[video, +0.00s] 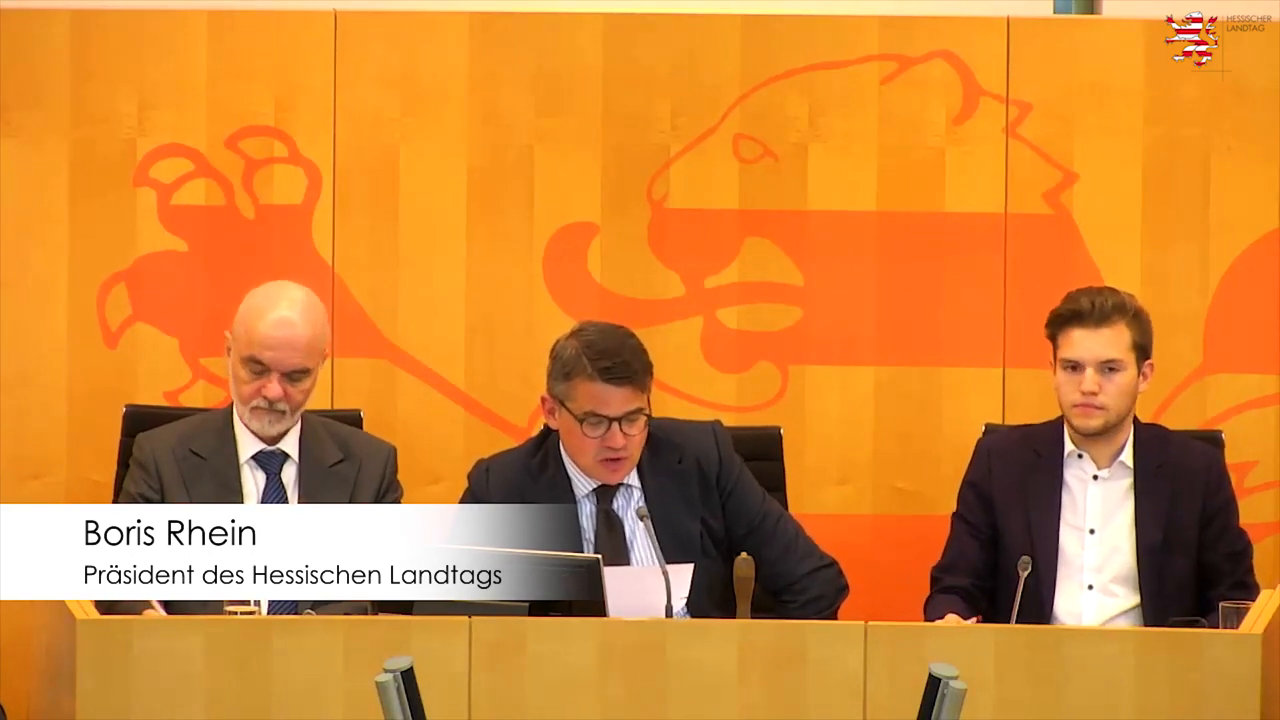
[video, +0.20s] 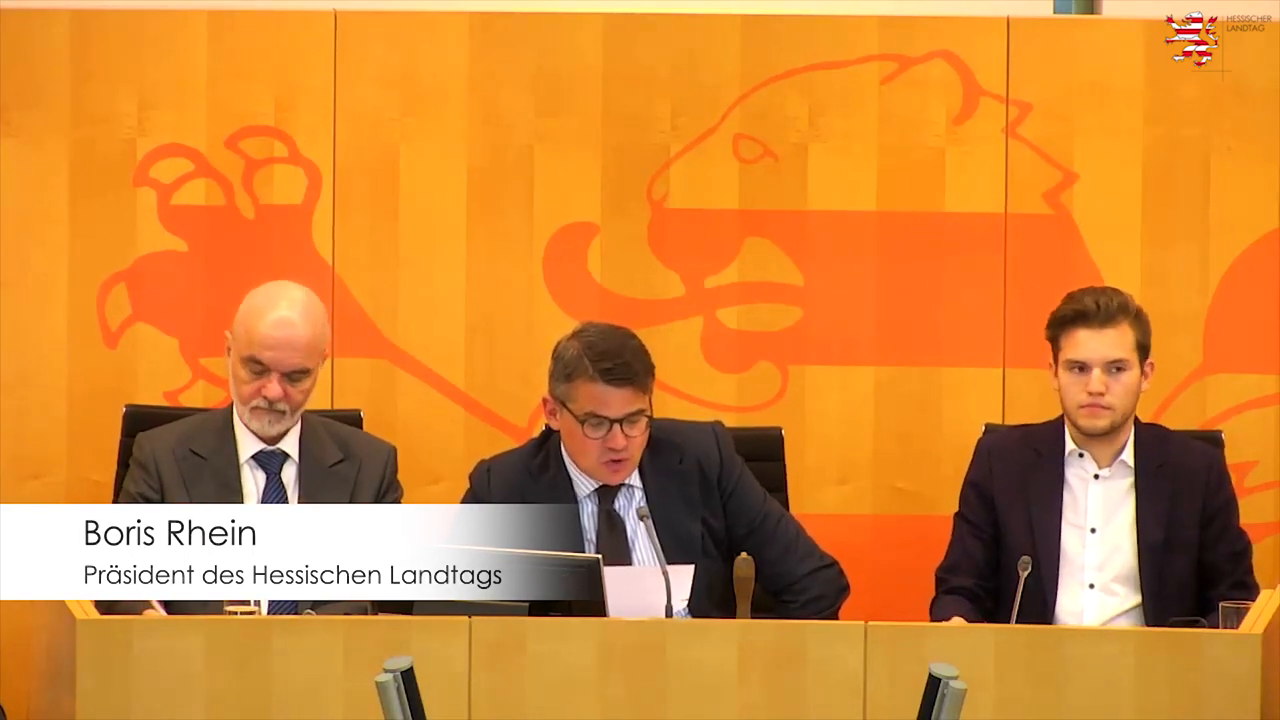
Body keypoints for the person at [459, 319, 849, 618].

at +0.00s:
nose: (617, 440)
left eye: (633, 418)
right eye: (594, 422)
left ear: (649, 399)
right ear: (552, 411)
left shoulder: (704, 457)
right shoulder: (499, 488)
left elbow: (814, 583)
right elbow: (459, 622)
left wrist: (757, 676)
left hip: (701, 678)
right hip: (562, 686)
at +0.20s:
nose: (619, 442)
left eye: (634, 420)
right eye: (596, 423)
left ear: (651, 400)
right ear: (554, 412)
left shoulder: (705, 458)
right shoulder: (500, 488)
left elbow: (814, 583)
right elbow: (460, 622)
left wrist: (757, 677)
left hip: (701, 679)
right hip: (562, 687)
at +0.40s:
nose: (619, 438)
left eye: (634, 417)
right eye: (597, 420)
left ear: (651, 399)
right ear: (554, 410)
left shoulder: (706, 458)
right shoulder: (500, 488)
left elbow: (815, 583)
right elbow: (461, 623)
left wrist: (756, 675)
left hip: (701, 678)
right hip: (561, 686)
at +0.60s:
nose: (616, 438)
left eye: (632, 417)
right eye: (595, 420)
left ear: (649, 401)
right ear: (552, 409)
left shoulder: (704, 457)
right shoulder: (497, 489)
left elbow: (815, 584)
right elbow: (446, 614)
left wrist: (756, 675)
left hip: (699, 679)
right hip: (560, 686)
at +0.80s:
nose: (616, 440)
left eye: (633, 419)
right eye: (594, 421)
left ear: (650, 403)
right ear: (552, 410)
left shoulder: (704, 457)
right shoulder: (498, 489)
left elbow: (814, 584)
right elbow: (444, 615)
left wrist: (755, 676)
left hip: (699, 680)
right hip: (560, 685)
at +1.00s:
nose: (617, 441)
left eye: (634, 419)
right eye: (596, 421)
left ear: (651, 402)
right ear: (554, 410)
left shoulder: (705, 457)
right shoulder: (499, 490)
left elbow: (815, 585)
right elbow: (444, 615)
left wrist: (754, 676)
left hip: (700, 680)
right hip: (562, 686)